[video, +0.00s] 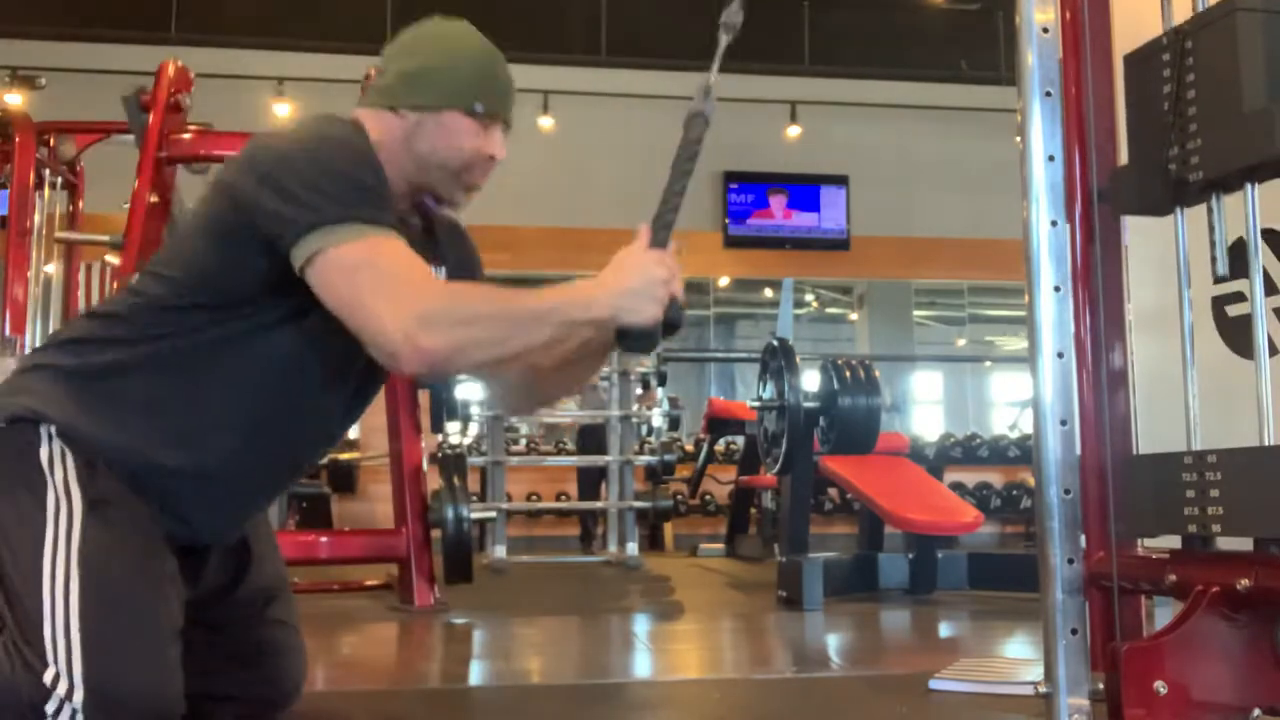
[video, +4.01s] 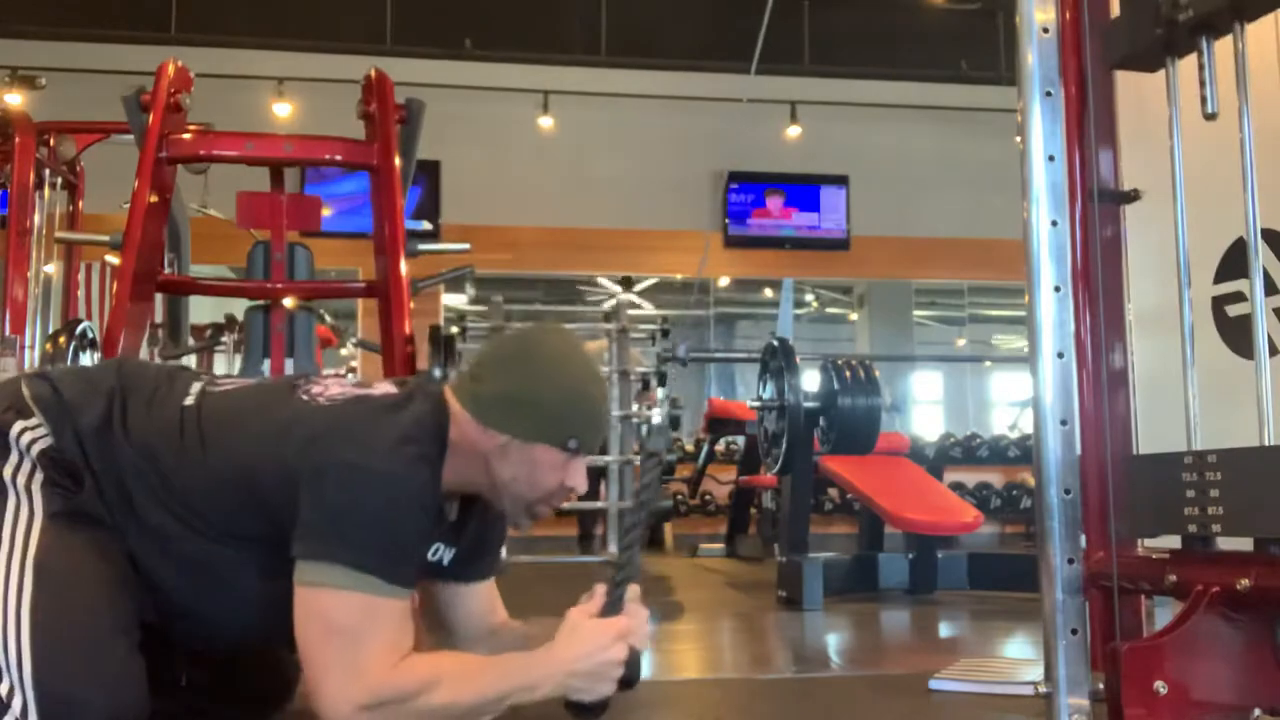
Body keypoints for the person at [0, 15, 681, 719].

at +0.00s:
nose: (499, 151)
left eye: (503, 129)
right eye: (483, 119)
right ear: (410, 104)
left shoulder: (438, 244)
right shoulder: (310, 159)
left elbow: (514, 389)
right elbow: (413, 329)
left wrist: (610, 331)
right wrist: (597, 298)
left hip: (207, 491)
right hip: (78, 448)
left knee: (259, 683)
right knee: (112, 696)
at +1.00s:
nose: (564, 482)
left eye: (577, 461)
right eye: (563, 451)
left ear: (506, 417)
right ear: (505, 415)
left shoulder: (458, 464)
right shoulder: (369, 427)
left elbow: (455, 625)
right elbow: (336, 667)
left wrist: (549, 646)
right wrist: (528, 662)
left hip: (168, 500)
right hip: (46, 449)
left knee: (238, 685)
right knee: (82, 703)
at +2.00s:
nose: (632, 212)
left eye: (628, 185)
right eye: (616, 187)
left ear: (555, 192)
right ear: (556, 186)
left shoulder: (521, 273)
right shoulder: (466, 223)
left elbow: (674, 305)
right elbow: (688, 316)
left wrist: (830, 251)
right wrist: (846, 248)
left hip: (230, 506)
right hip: (114, 435)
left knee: (249, 688)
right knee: (77, 699)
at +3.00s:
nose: (561, 65)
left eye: (558, 49)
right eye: (543, 44)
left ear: (496, 58)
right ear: (480, 47)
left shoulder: (499, 175)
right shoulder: (412, 97)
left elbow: (652, 181)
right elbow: (622, 134)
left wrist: (751, 71)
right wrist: (751, 26)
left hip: (257, 485)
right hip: (144, 423)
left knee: (256, 694)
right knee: (79, 701)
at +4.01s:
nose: (582, 481)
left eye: (588, 458)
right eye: (572, 454)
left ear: (508, 441)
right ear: (503, 433)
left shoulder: (469, 486)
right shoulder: (374, 467)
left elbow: (480, 638)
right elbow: (352, 691)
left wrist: (572, 647)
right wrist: (550, 668)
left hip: (175, 494)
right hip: (60, 450)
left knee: (249, 688)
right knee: (79, 701)